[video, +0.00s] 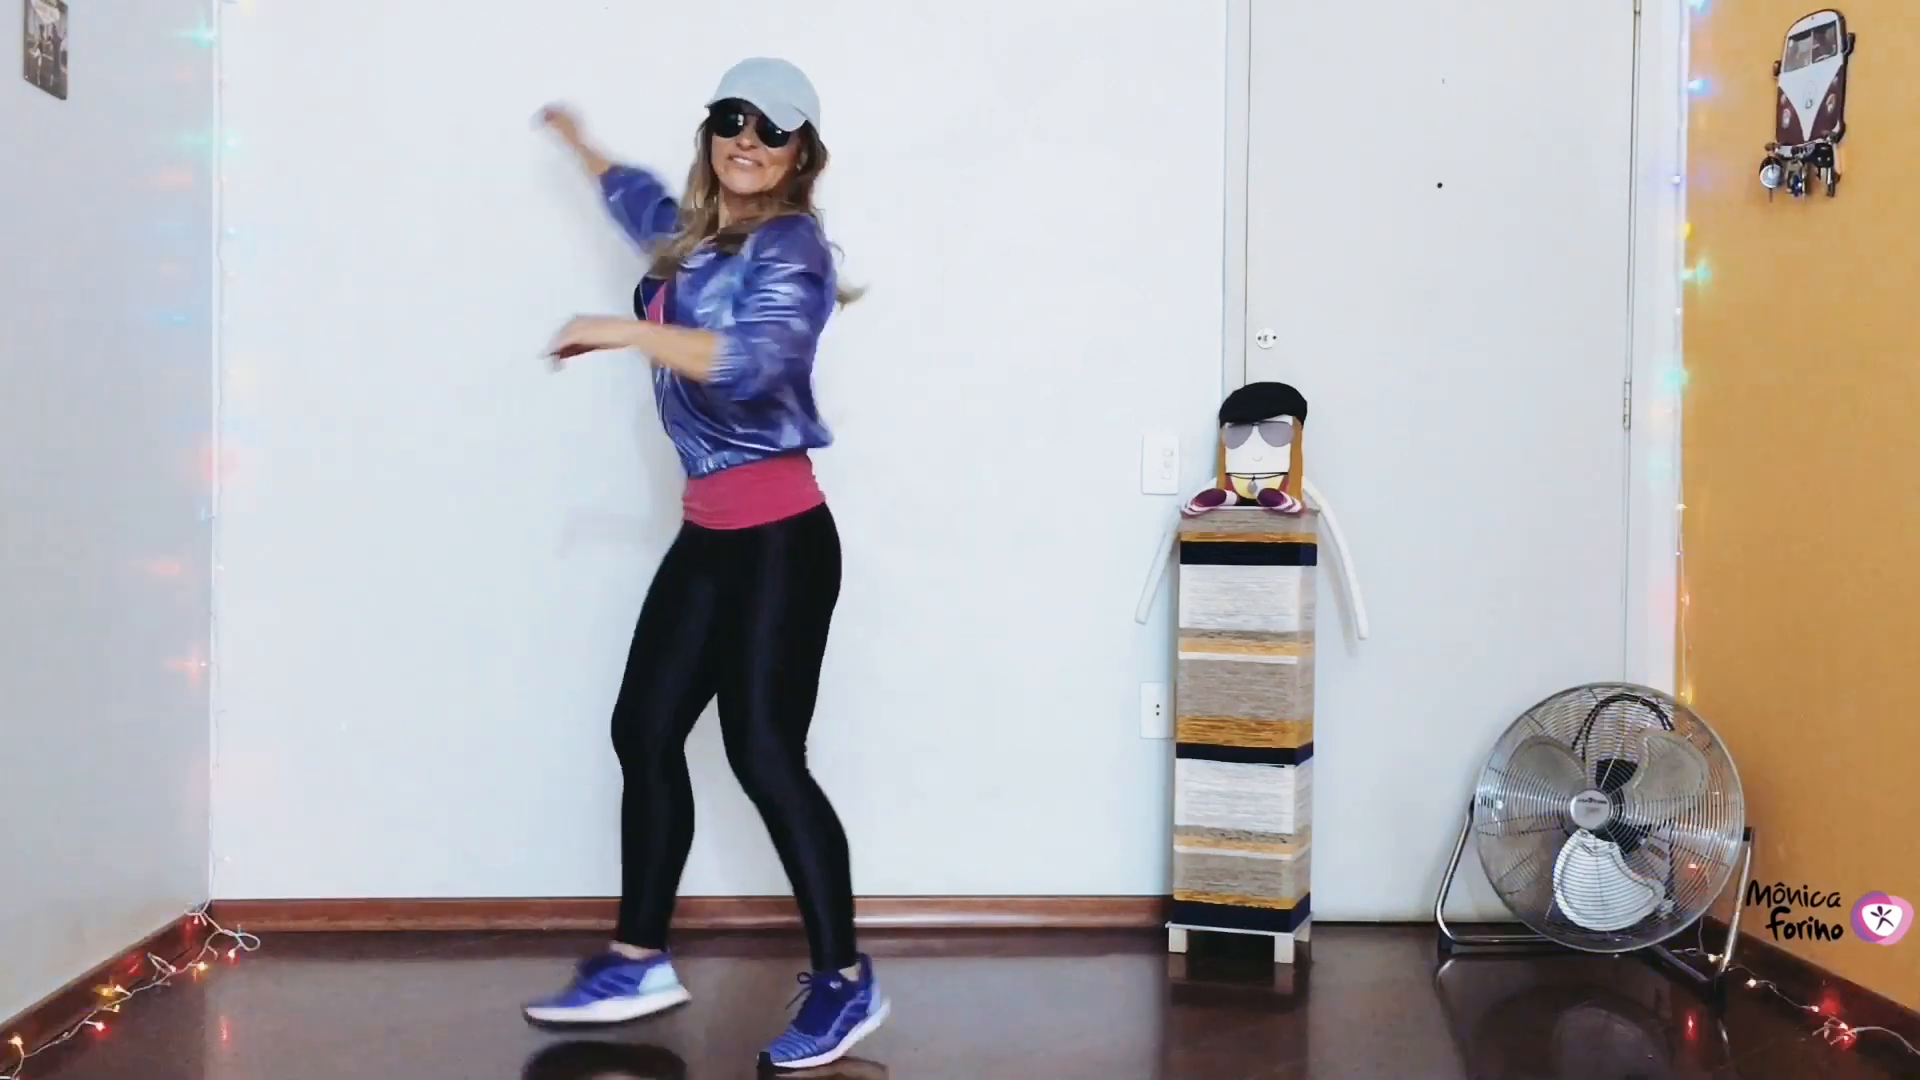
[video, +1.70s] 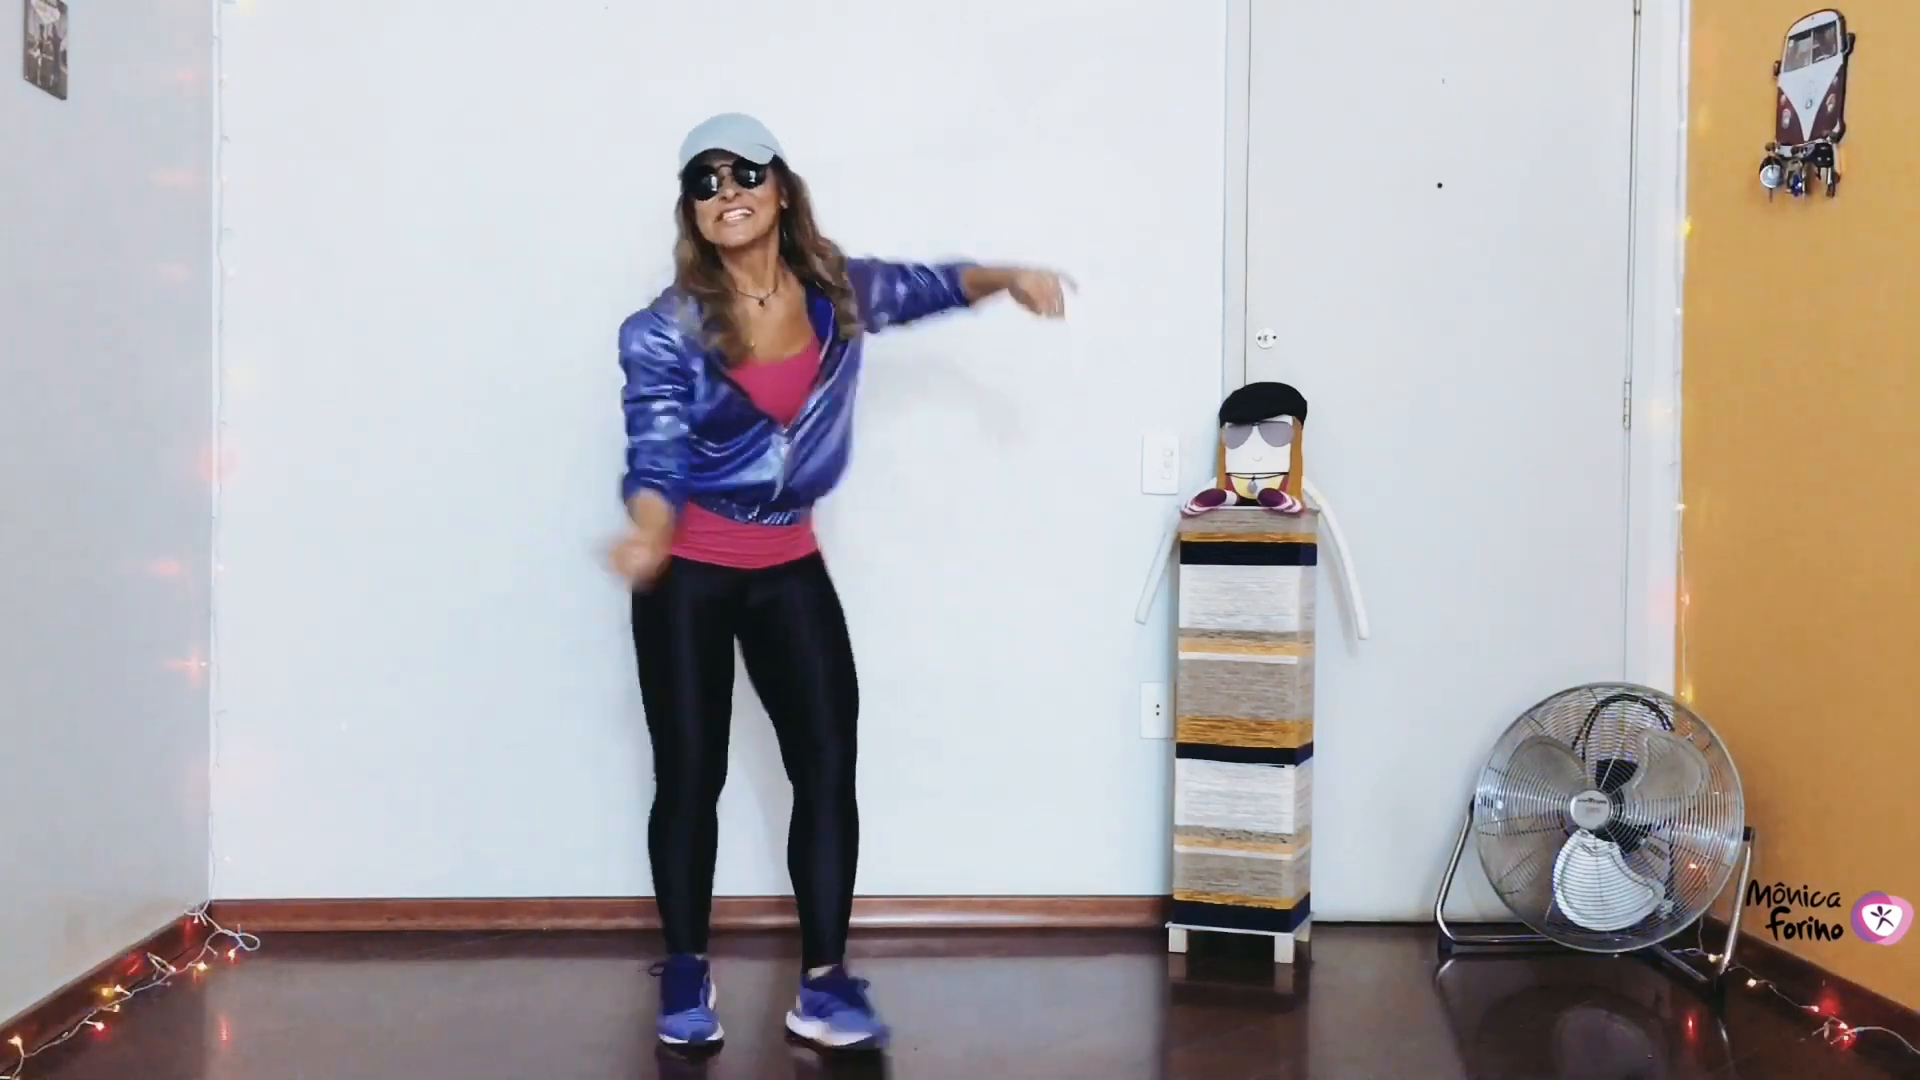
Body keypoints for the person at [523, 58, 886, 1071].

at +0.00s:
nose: (745, 143)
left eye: (769, 133)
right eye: (731, 124)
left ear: (799, 153)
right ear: (706, 135)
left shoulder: (791, 246)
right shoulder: (692, 236)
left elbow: (757, 362)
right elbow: (636, 202)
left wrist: (633, 331)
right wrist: (583, 146)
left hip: (784, 538)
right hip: (706, 536)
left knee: (764, 751)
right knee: (645, 729)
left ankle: (842, 981)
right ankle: (640, 960)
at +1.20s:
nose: (740, 189)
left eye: (761, 179)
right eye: (724, 171)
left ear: (780, 199)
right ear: (695, 187)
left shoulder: (787, 279)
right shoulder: (671, 284)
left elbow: (834, 403)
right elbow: (620, 261)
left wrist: (722, 462)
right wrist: (587, 165)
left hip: (768, 551)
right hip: (685, 552)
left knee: (764, 742)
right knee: (696, 734)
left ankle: (819, 962)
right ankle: (718, 920)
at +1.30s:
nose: (752, 195)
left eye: (773, 184)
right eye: (735, 178)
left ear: (795, 203)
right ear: (706, 194)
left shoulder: (811, 283)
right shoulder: (690, 299)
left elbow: (904, 386)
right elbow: (600, 328)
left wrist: (819, 466)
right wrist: (558, 228)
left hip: (791, 568)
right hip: (703, 561)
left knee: (775, 764)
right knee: (650, 740)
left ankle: (820, 979)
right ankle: (706, 906)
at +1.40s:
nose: (758, 198)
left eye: (780, 188)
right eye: (741, 181)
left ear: (802, 209)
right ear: (712, 198)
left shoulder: (836, 292)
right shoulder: (687, 317)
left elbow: (961, 365)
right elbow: (586, 392)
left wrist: (925, 436)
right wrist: (509, 308)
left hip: (819, 579)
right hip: (721, 575)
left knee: (793, 772)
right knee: (608, 732)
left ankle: (821, 983)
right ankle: (677, 879)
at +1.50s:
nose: (751, 198)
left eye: (772, 186)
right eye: (734, 183)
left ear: (798, 207)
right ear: (707, 203)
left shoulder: (845, 301)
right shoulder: (674, 326)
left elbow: (969, 343)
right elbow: (590, 440)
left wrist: (1001, 375)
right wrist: (469, 398)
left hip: (825, 577)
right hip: (723, 576)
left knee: (806, 773)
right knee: (614, 712)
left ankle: (821, 985)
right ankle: (687, 888)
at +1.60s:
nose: (734, 196)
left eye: (754, 181)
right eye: (716, 183)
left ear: (788, 198)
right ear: (696, 205)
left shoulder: (846, 301)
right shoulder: (668, 324)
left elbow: (950, 329)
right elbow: (625, 462)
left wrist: (1014, 333)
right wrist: (520, 489)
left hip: (817, 573)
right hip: (709, 572)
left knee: (823, 778)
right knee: (643, 739)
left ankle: (821, 983)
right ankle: (694, 932)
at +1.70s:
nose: (728, 195)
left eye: (746, 176)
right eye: (706, 185)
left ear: (782, 191)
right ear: (690, 209)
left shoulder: (833, 291)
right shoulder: (665, 330)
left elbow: (924, 289)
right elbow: (655, 452)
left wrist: (1005, 278)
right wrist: (652, 531)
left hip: (788, 565)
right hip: (685, 569)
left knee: (827, 768)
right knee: (690, 779)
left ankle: (825, 983)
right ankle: (687, 978)